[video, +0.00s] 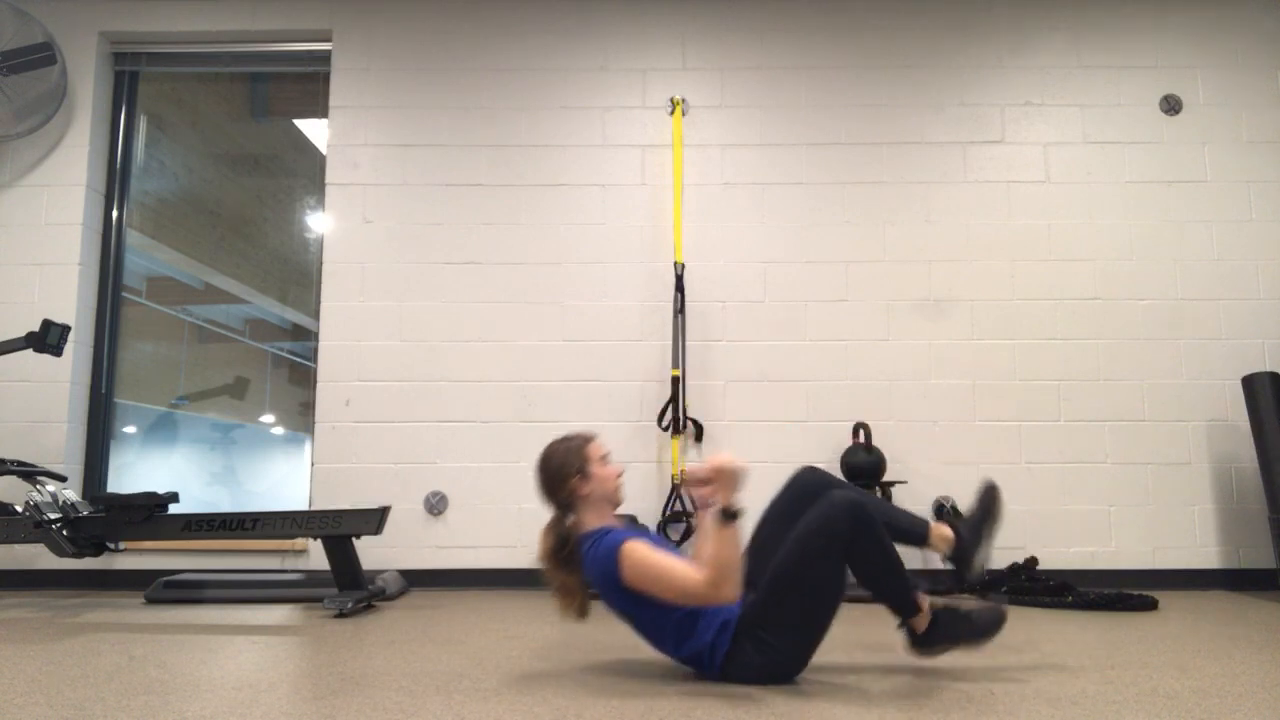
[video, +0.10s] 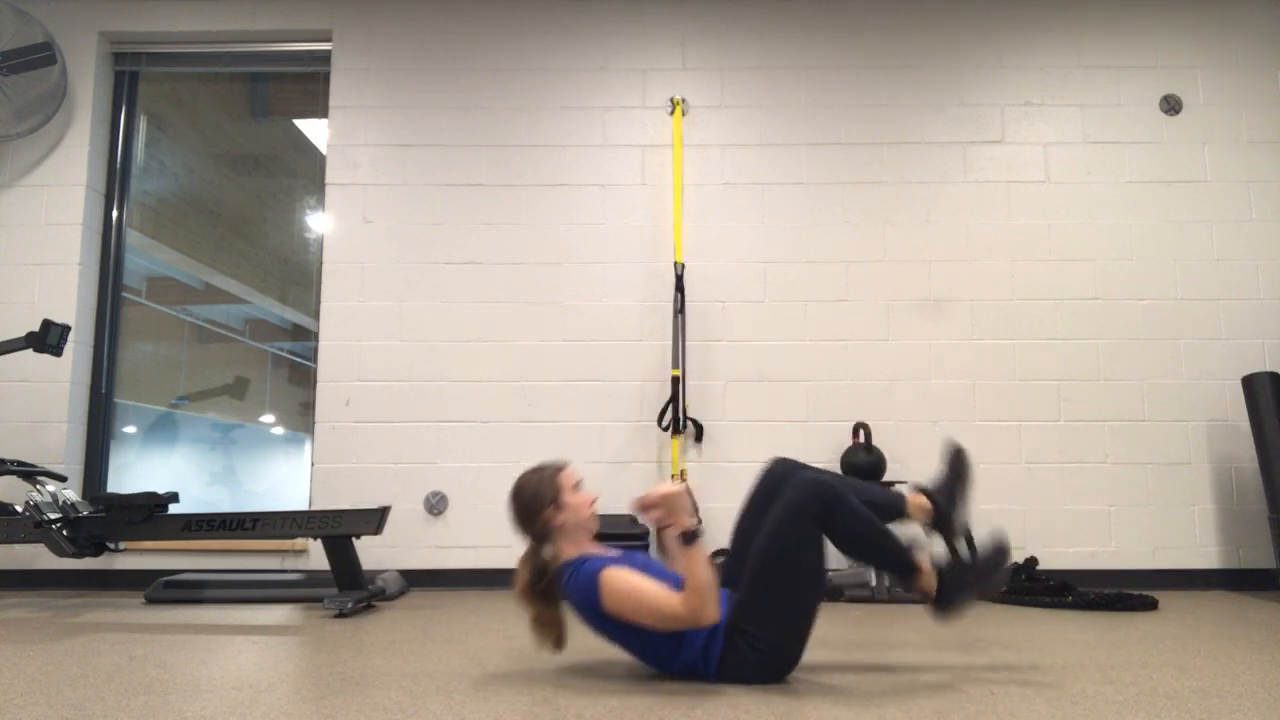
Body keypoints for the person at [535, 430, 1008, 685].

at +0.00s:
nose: (617, 467)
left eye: (609, 459)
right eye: (605, 463)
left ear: (582, 485)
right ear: (581, 484)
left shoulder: (608, 535)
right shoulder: (613, 547)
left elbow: (705, 579)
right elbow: (720, 588)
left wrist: (706, 510)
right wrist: (723, 506)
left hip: (741, 624)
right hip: (750, 649)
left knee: (811, 482)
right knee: (842, 508)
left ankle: (950, 537)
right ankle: (921, 624)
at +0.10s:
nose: (589, 494)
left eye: (581, 486)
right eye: (576, 491)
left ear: (557, 517)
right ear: (554, 516)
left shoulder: (594, 558)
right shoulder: (596, 576)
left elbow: (689, 592)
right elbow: (701, 608)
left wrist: (677, 524)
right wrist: (682, 529)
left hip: (731, 625)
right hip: (746, 651)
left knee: (785, 474)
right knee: (809, 493)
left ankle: (926, 506)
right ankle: (934, 582)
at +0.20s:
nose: (562, 518)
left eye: (551, 511)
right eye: (548, 518)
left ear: (535, 547)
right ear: (531, 547)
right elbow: (683, 621)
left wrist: (633, 539)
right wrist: (648, 548)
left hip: (733, 624)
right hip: (743, 648)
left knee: (747, 466)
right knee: (753, 477)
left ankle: (875, 464)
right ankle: (910, 512)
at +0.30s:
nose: (536, 539)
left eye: (524, 535)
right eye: (520, 542)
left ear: (522, 567)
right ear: (511, 576)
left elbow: (661, 614)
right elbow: (670, 625)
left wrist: (610, 562)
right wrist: (618, 562)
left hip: (723, 624)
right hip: (735, 644)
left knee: (702, 466)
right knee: (703, 470)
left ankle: (824, 426)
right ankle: (853, 447)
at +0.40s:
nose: (514, 554)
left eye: (503, 551)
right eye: (499, 558)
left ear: (504, 587)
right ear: (493, 595)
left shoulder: (557, 610)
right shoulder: (555, 631)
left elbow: (651, 604)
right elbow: (654, 617)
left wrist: (591, 567)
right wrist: (593, 568)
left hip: (712, 613)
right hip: (721, 627)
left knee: (665, 461)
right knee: (665, 464)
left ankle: (776, 390)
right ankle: (797, 398)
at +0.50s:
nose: (500, 566)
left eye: (487, 565)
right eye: (484, 573)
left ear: (492, 605)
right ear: (484, 609)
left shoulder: (544, 615)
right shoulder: (546, 638)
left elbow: (644, 598)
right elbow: (652, 610)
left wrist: (578, 572)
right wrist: (578, 575)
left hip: (701, 604)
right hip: (714, 617)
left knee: (637, 461)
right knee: (634, 462)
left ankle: (743, 370)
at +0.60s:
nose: (489, 574)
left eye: (478, 574)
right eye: (476, 582)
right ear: (477, 620)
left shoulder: (540, 623)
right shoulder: (543, 639)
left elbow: (634, 593)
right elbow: (645, 601)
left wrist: (566, 574)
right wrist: (569, 575)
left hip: (696, 599)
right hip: (708, 606)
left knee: (614, 460)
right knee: (614, 460)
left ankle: (713, 355)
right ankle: (721, 352)